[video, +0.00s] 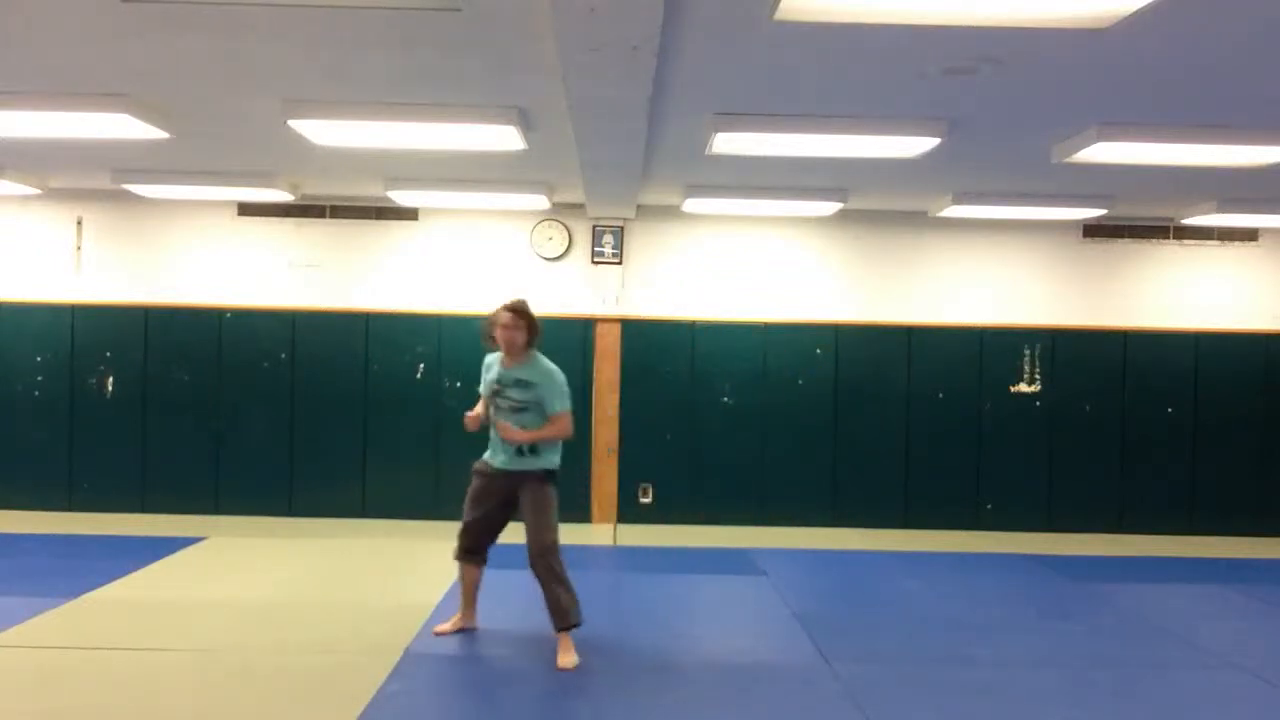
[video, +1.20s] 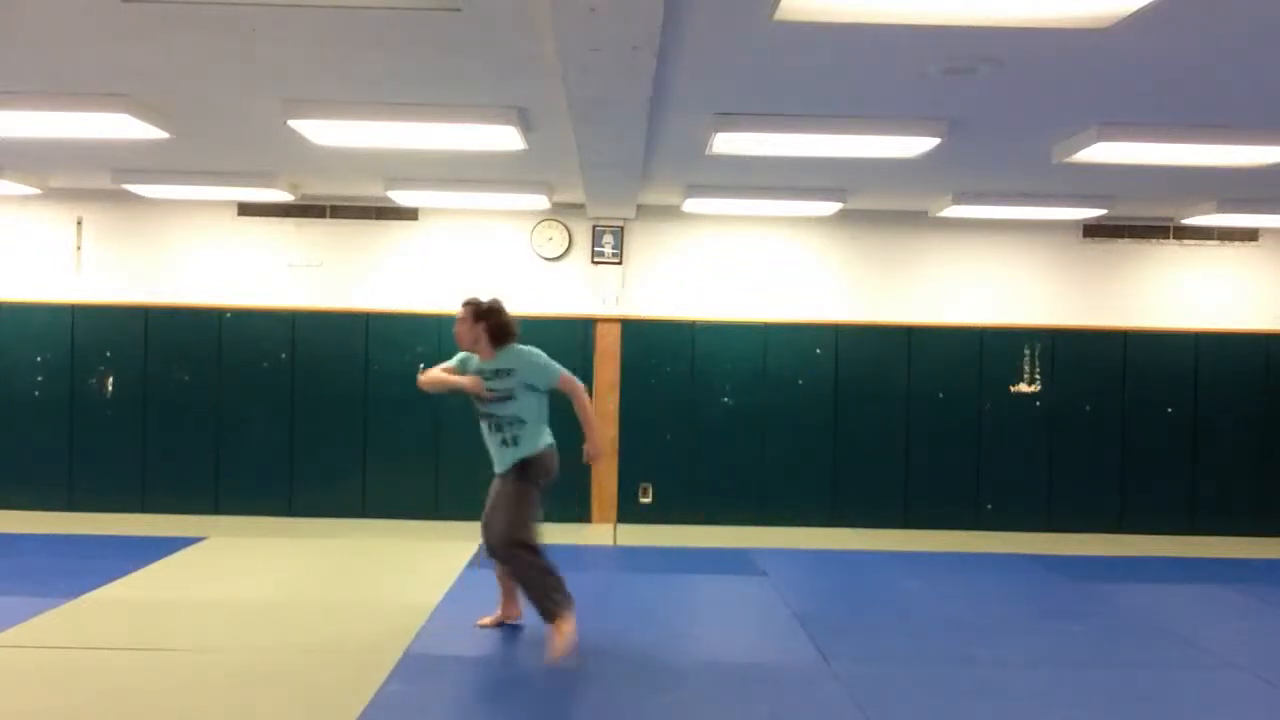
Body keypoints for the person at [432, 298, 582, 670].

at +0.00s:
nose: (507, 335)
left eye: (515, 328)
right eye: (502, 327)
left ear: (529, 333)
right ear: (495, 331)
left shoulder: (549, 375)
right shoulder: (490, 364)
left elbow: (564, 427)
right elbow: (486, 403)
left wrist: (524, 435)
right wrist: (477, 415)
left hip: (536, 473)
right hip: (494, 468)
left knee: (544, 552)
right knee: (471, 542)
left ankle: (564, 636)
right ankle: (467, 615)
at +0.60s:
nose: (528, 325)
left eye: (537, 319)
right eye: (526, 319)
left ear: (556, 326)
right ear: (521, 324)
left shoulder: (577, 370)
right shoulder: (509, 360)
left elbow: (600, 421)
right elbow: (475, 405)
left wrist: (562, 416)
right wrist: (509, 417)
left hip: (553, 478)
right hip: (506, 474)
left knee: (556, 558)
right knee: (481, 548)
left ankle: (582, 643)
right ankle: (467, 616)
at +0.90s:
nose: (520, 325)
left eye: (528, 320)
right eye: (520, 319)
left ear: (550, 327)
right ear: (522, 325)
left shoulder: (580, 368)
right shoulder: (509, 359)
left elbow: (600, 415)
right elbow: (495, 408)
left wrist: (599, 457)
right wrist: (544, 431)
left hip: (557, 476)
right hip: (509, 471)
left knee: (566, 558)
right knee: (482, 543)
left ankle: (581, 642)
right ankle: (495, 593)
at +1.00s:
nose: (501, 329)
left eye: (509, 324)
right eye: (502, 323)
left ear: (531, 332)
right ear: (511, 331)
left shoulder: (566, 370)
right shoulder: (496, 367)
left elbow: (590, 420)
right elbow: (477, 411)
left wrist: (597, 469)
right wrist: (515, 443)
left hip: (556, 476)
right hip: (508, 474)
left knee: (564, 558)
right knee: (486, 545)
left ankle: (581, 642)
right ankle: (507, 603)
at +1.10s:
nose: (477, 330)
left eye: (484, 324)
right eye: (479, 323)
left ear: (506, 333)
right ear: (495, 334)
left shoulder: (549, 372)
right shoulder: (481, 365)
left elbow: (586, 409)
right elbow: (445, 394)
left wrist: (598, 460)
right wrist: (485, 407)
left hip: (545, 477)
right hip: (503, 476)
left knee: (556, 560)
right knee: (493, 553)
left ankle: (579, 643)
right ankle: (511, 611)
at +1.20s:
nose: (456, 327)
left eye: (461, 322)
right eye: (457, 321)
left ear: (481, 327)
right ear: (479, 329)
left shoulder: (524, 358)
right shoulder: (466, 362)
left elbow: (576, 388)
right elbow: (425, 379)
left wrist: (592, 438)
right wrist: (463, 382)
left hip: (534, 458)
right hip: (507, 464)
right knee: (494, 532)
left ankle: (561, 615)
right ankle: (509, 606)